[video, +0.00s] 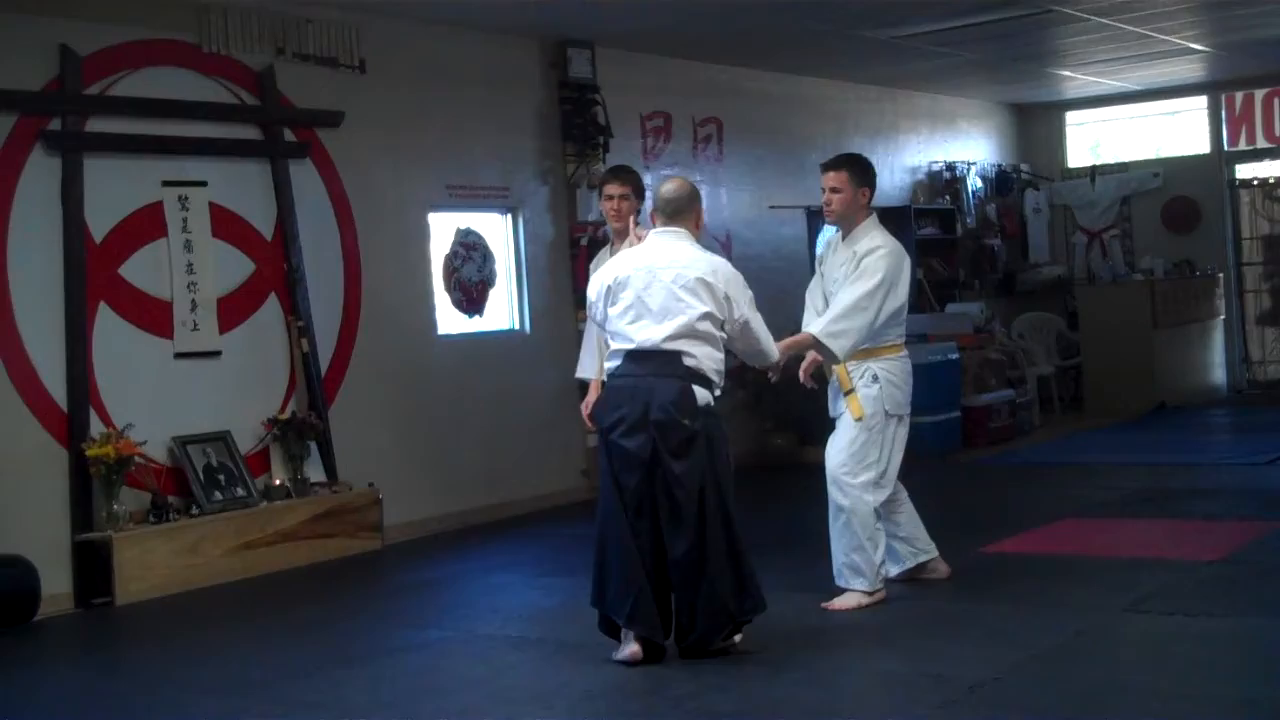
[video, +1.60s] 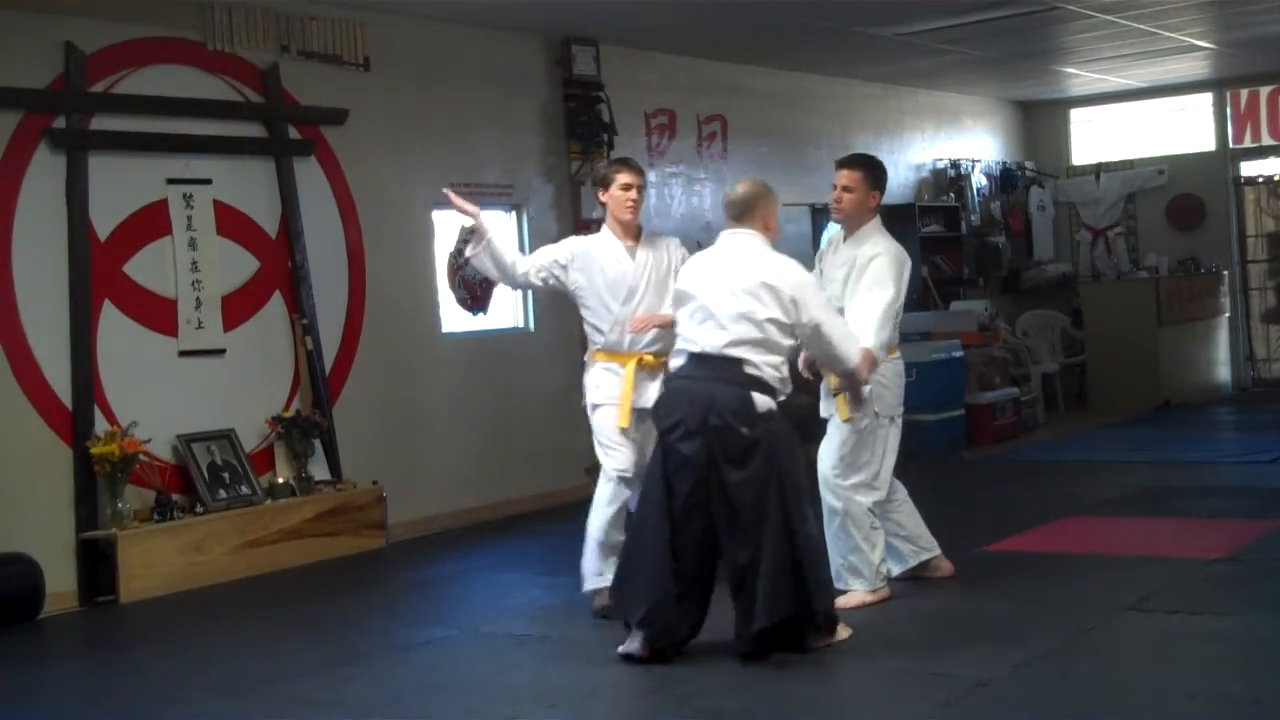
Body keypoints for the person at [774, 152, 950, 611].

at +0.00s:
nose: (825, 200)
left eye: (834, 192)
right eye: (823, 191)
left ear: (864, 196)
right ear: (825, 194)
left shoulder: (883, 251)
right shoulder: (830, 241)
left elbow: (853, 318)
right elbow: (822, 303)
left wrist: (787, 345)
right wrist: (818, 351)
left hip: (879, 372)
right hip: (846, 371)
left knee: (845, 466)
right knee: (872, 472)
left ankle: (864, 584)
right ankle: (923, 559)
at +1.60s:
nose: (835, 197)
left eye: (846, 190)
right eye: (834, 188)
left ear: (873, 198)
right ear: (834, 192)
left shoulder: (886, 254)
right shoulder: (833, 240)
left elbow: (872, 328)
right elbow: (821, 303)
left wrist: (849, 374)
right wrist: (812, 348)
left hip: (874, 375)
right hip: (842, 373)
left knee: (837, 469)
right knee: (868, 474)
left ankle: (865, 581)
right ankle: (925, 557)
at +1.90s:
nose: (849, 194)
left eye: (860, 188)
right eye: (847, 185)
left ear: (885, 198)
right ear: (844, 190)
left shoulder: (893, 252)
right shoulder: (840, 242)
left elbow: (918, 297)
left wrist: (935, 329)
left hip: (867, 371)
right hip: (834, 368)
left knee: (846, 477)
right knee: (863, 472)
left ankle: (864, 582)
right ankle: (924, 557)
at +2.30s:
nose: (854, 192)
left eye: (865, 186)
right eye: (853, 184)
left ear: (890, 197)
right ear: (851, 190)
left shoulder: (896, 250)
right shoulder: (847, 240)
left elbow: (922, 295)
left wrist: (944, 327)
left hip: (870, 370)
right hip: (838, 367)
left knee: (850, 479)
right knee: (867, 470)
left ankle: (864, 581)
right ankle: (925, 557)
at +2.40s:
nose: (853, 193)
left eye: (865, 187)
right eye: (852, 184)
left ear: (890, 197)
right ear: (850, 190)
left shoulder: (897, 250)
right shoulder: (847, 240)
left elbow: (921, 297)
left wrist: (940, 330)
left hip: (870, 370)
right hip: (839, 367)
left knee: (850, 478)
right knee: (868, 470)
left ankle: (865, 581)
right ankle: (925, 557)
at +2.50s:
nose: (851, 193)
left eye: (863, 187)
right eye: (851, 184)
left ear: (889, 197)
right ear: (849, 189)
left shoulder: (897, 250)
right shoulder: (845, 239)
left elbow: (918, 298)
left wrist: (931, 335)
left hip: (870, 370)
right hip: (837, 367)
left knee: (846, 476)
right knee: (869, 471)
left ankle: (864, 582)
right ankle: (926, 558)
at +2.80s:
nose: (843, 194)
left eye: (853, 186)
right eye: (841, 185)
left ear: (880, 192)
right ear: (841, 190)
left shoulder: (896, 249)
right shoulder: (841, 239)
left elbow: (881, 319)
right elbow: (823, 302)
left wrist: (849, 368)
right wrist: (813, 355)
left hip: (879, 371)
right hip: (849, 368)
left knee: (844, 469)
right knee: (875, 472)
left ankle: (866, 582)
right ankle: (928, 558)